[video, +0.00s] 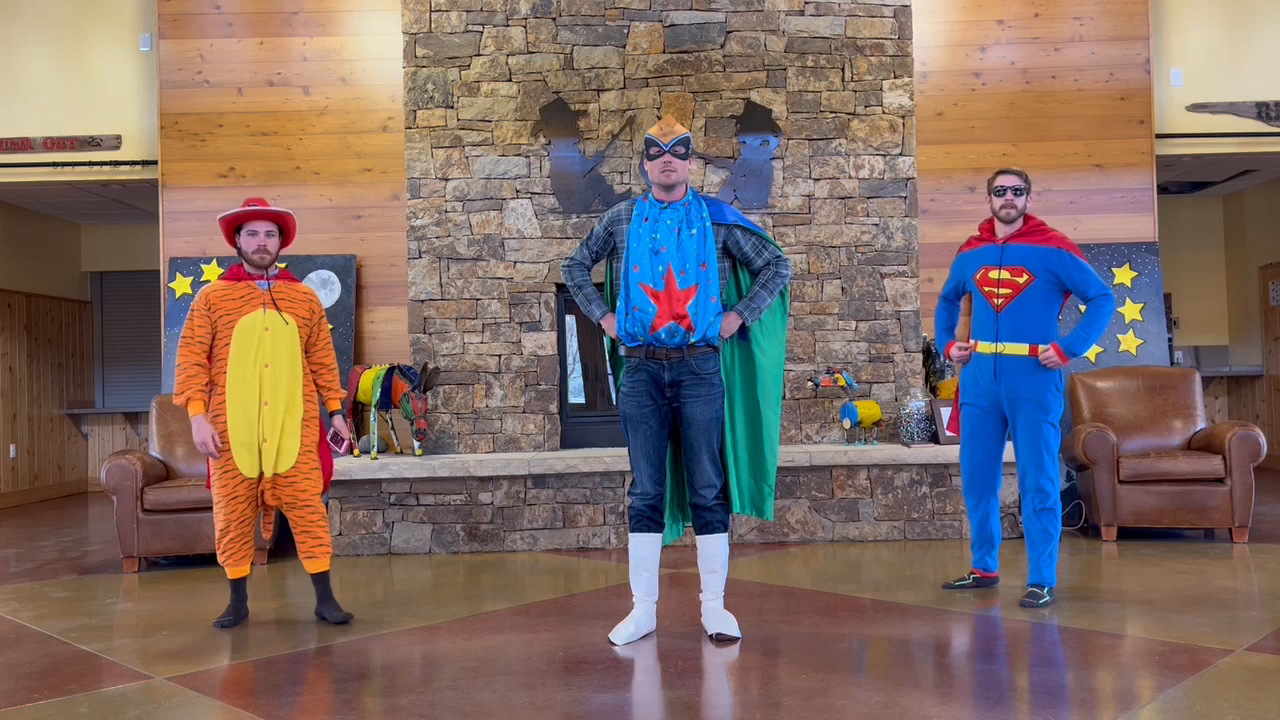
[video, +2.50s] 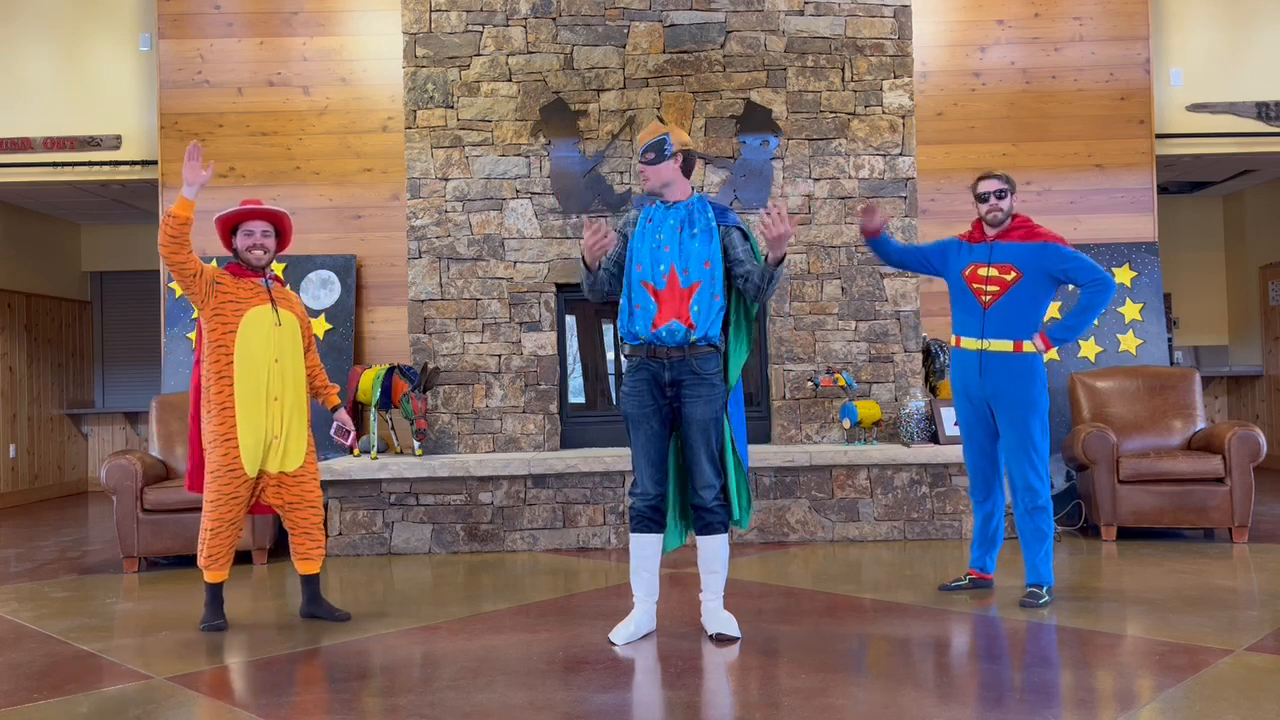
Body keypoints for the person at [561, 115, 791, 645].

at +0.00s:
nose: (668, 161)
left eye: (678, 153)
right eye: (657, 153)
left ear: (692, 162)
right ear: (644, 163)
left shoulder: (715, 216)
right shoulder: (622, 216)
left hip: (700, 366)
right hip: (640, 366)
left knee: (706, 487)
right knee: (646, 489)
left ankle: (714, 608)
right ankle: (643, 611)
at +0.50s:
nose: (674, 159)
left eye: (683, 154)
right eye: (663, 154)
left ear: (695, 168)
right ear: (647, 168)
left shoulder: (713, 217)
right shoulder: (628, 218)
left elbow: (745, 266)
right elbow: (604, 267)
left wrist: (769, 246)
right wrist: (578, 256)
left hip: (696, 364)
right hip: (639, 366)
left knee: (705, 484)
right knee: (645, 488)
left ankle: (714, 608)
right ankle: (643, 609)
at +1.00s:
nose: (669, 164)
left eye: (680, 157)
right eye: (659, 157)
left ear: (695, 167)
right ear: (648, 168)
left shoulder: (715, 218)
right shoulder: (632, 217)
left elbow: (751, 262)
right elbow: (599, 265)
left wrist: (780, 230)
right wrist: (580, 237)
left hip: (699, 364)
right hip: (640, 366)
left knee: (706, 485)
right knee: (646, 487)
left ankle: (714, 608)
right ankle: (643, 609)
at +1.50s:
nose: (671, 164)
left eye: (681, 156)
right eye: (660, 157)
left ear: (696, 166)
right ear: (647, 167)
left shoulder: (716, 217)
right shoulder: (632, 216)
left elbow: (752, 262)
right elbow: (597, 265)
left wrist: (781, 230)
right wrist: (577, 235)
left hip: (700, 365)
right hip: (641, 367)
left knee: (707, 485)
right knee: (646, 488)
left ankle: (714, 607)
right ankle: (644, 609)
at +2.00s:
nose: (671, 165)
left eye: (681, 157)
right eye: (661, 158)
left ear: (696, 166)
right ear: (648, 168)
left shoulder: (717, 217)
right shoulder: (632, 217)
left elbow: (752, 261)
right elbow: (597, 265)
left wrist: (781, 230)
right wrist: (576, 237)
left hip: (700, 365)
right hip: (642, 367)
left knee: (707, 485)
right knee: (646, 488)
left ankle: (714, 607)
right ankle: (644, 609)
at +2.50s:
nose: (645, 164)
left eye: (656, 155)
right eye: (642, 159)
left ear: (685, 163)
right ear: (643, 170)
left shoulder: (720, 220)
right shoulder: (637, 222)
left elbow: (753, 286)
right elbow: (605, 291)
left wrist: (774, 257)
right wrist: (595, 263)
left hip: (700, 366)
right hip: (641, 367)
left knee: (706, 484)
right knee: (647, 487)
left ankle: (713, 608)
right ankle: (644, 610)